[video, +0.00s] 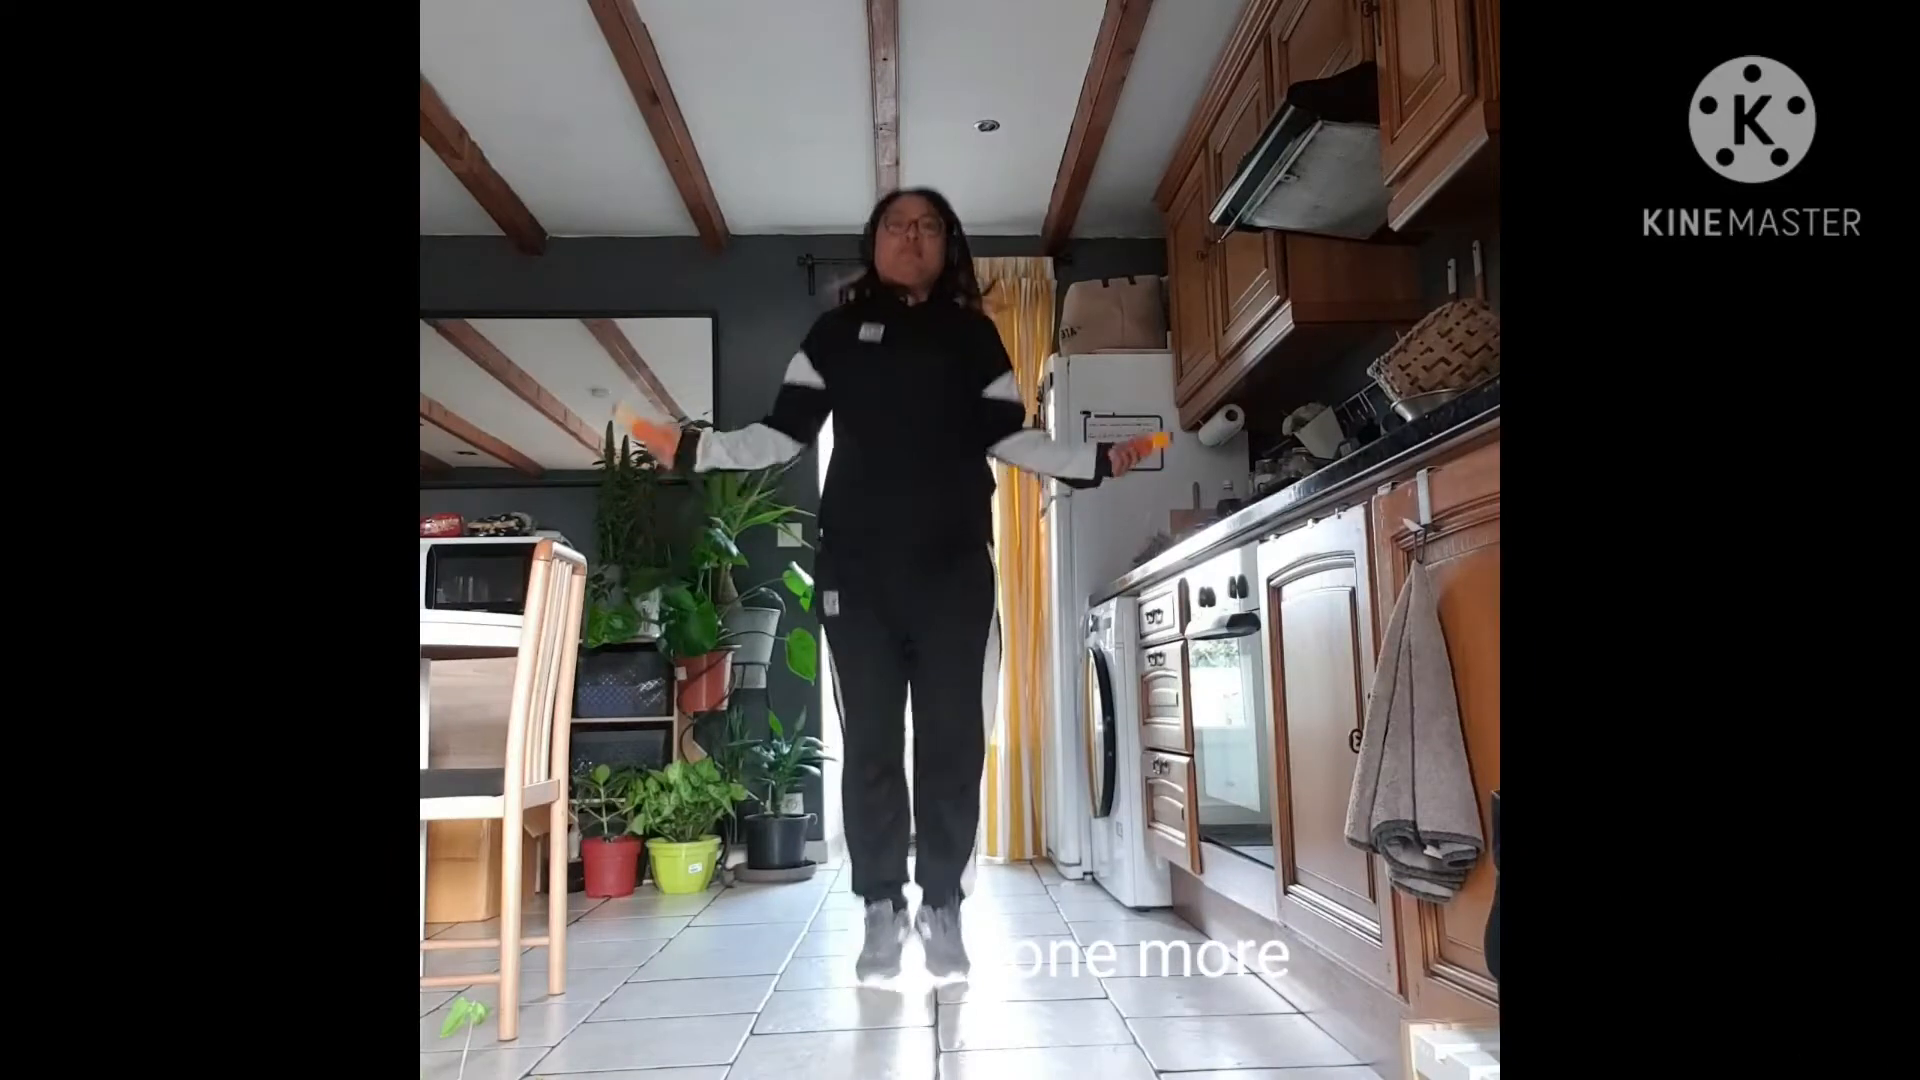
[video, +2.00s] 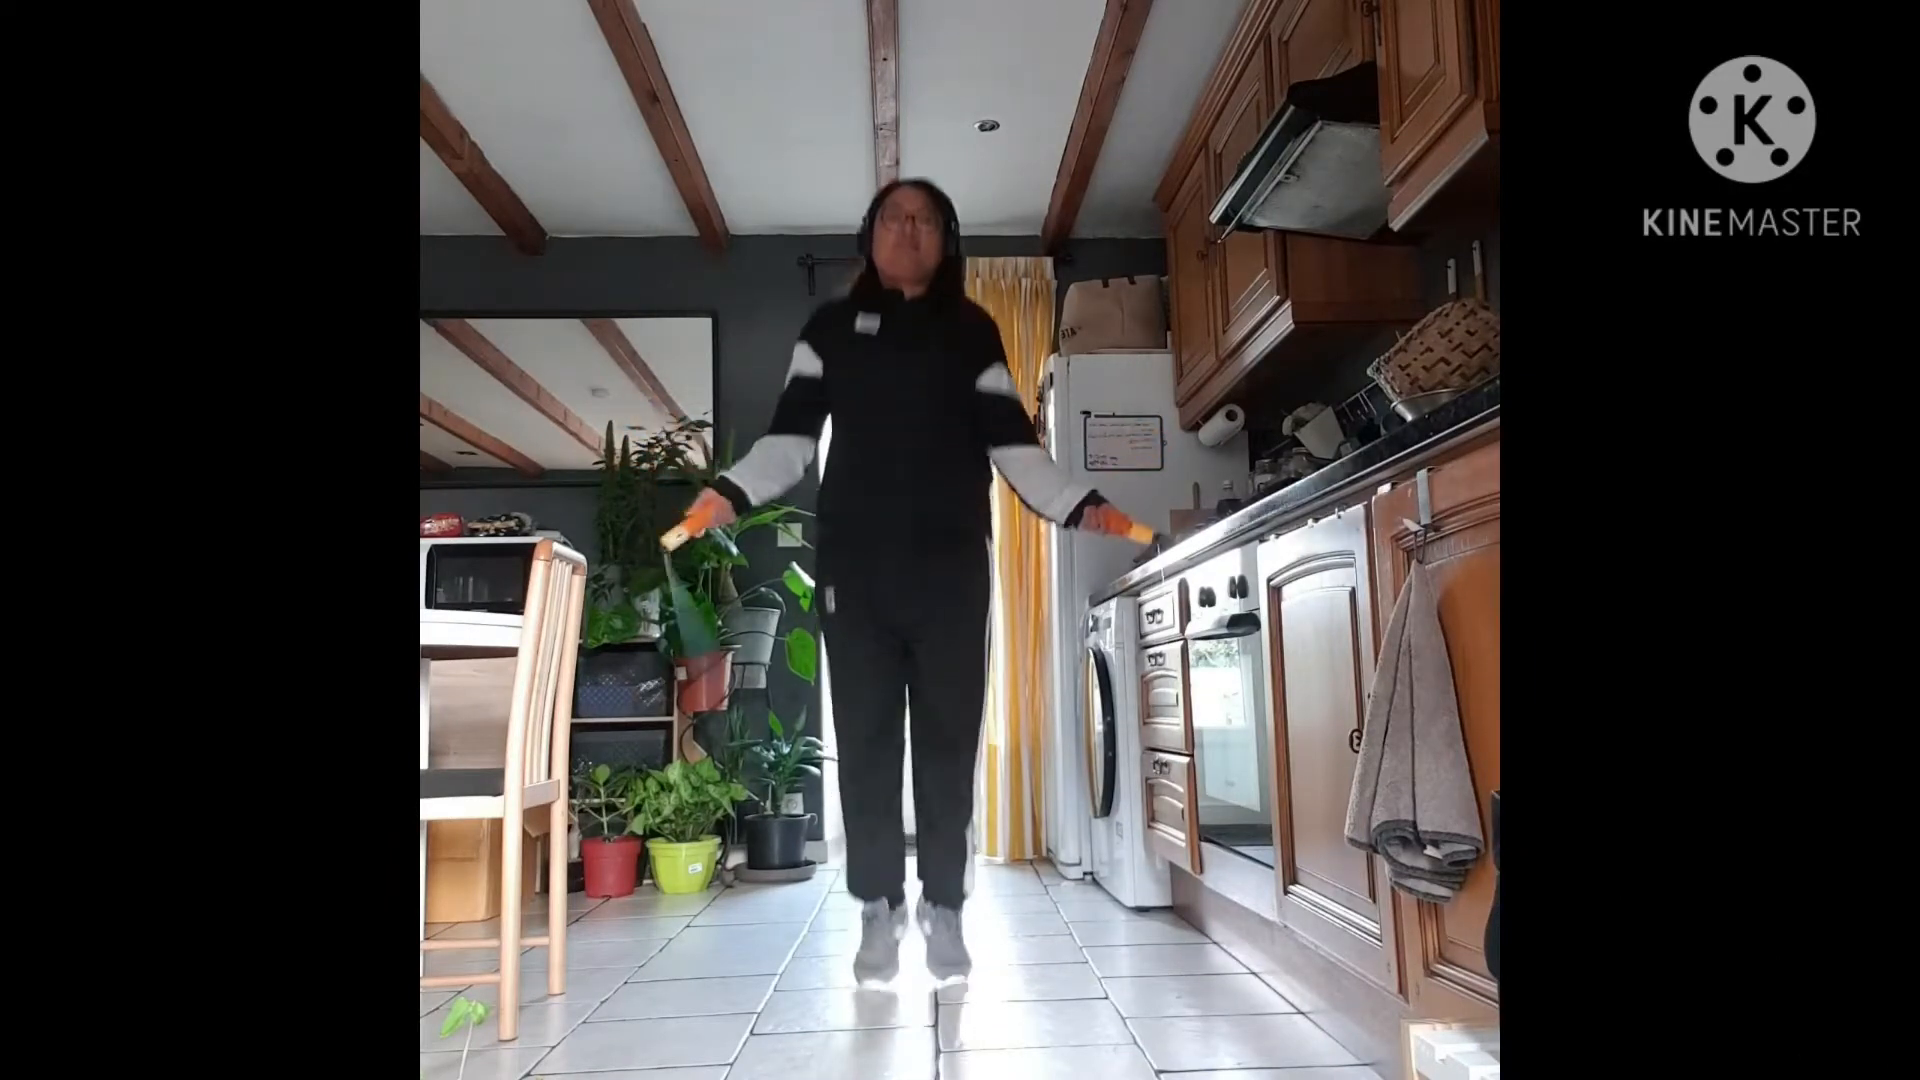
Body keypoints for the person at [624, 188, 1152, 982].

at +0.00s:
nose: (910, 236)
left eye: (926, 226)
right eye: (895, 225)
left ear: (949, 250)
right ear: (871, 247)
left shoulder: (972, 335)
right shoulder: (835, 332)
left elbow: (1009, 439)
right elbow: (784, 434)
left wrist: (1098, 460)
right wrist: (693, 446)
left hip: (953, 562)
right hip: (859, 561)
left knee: (952, 739)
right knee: (870, 740)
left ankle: (942, 909)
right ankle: (882, 912)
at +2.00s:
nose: (907, 229)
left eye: (923, 220)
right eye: (893, 217)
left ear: (946, 243)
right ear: (869, 238)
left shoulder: (971, 329)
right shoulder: (832, 327)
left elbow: (1015, 445)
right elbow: (790, 439)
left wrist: (1084, 506)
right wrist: (727, 494)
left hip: (950, 565)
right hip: (855, 563)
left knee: (947, 742)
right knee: (867, 743)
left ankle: (944, 909)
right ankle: (877, 906)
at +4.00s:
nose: (907, 253)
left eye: (923, 243)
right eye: (892, 242)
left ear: (947, 267)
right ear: (868, 264)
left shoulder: (971, 355)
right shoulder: (831, 353)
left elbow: (1006, 454)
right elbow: (777, 448)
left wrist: (1088, 459)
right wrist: (695, 436)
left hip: (952, 582)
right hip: (856, 581)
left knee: (951, 753)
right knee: (868, 755)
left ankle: (944, 922)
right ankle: (880, 926)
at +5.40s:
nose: (908, 275)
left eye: (925, 265)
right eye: (895, 263)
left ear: (947, 287)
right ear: (871, 283)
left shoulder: (971, 372)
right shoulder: (839, 372)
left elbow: (1008, 474)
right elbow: (780, 472)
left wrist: (1087, 484)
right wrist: (708, 464)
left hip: (952, 597)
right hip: (858, 595)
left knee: (946, 764)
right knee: (871, 766)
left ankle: (940, 924)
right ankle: (885, 925)